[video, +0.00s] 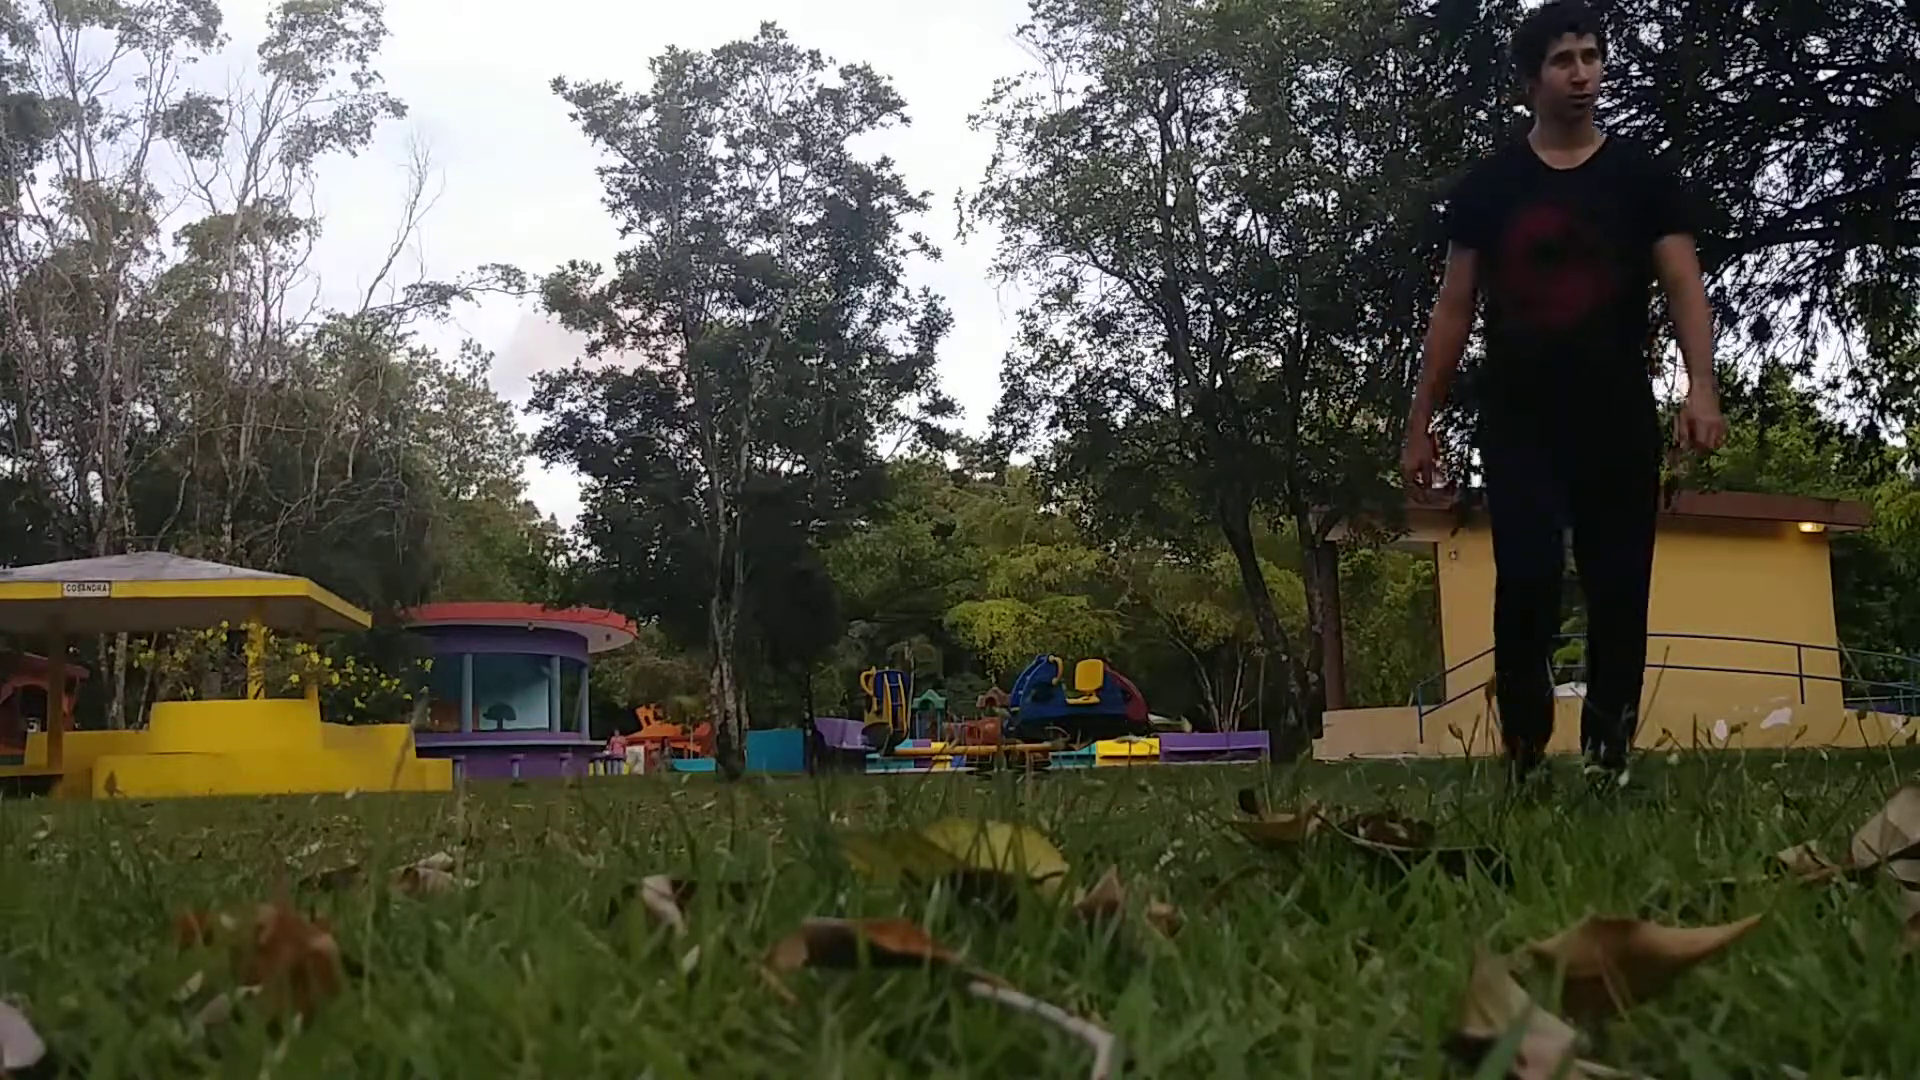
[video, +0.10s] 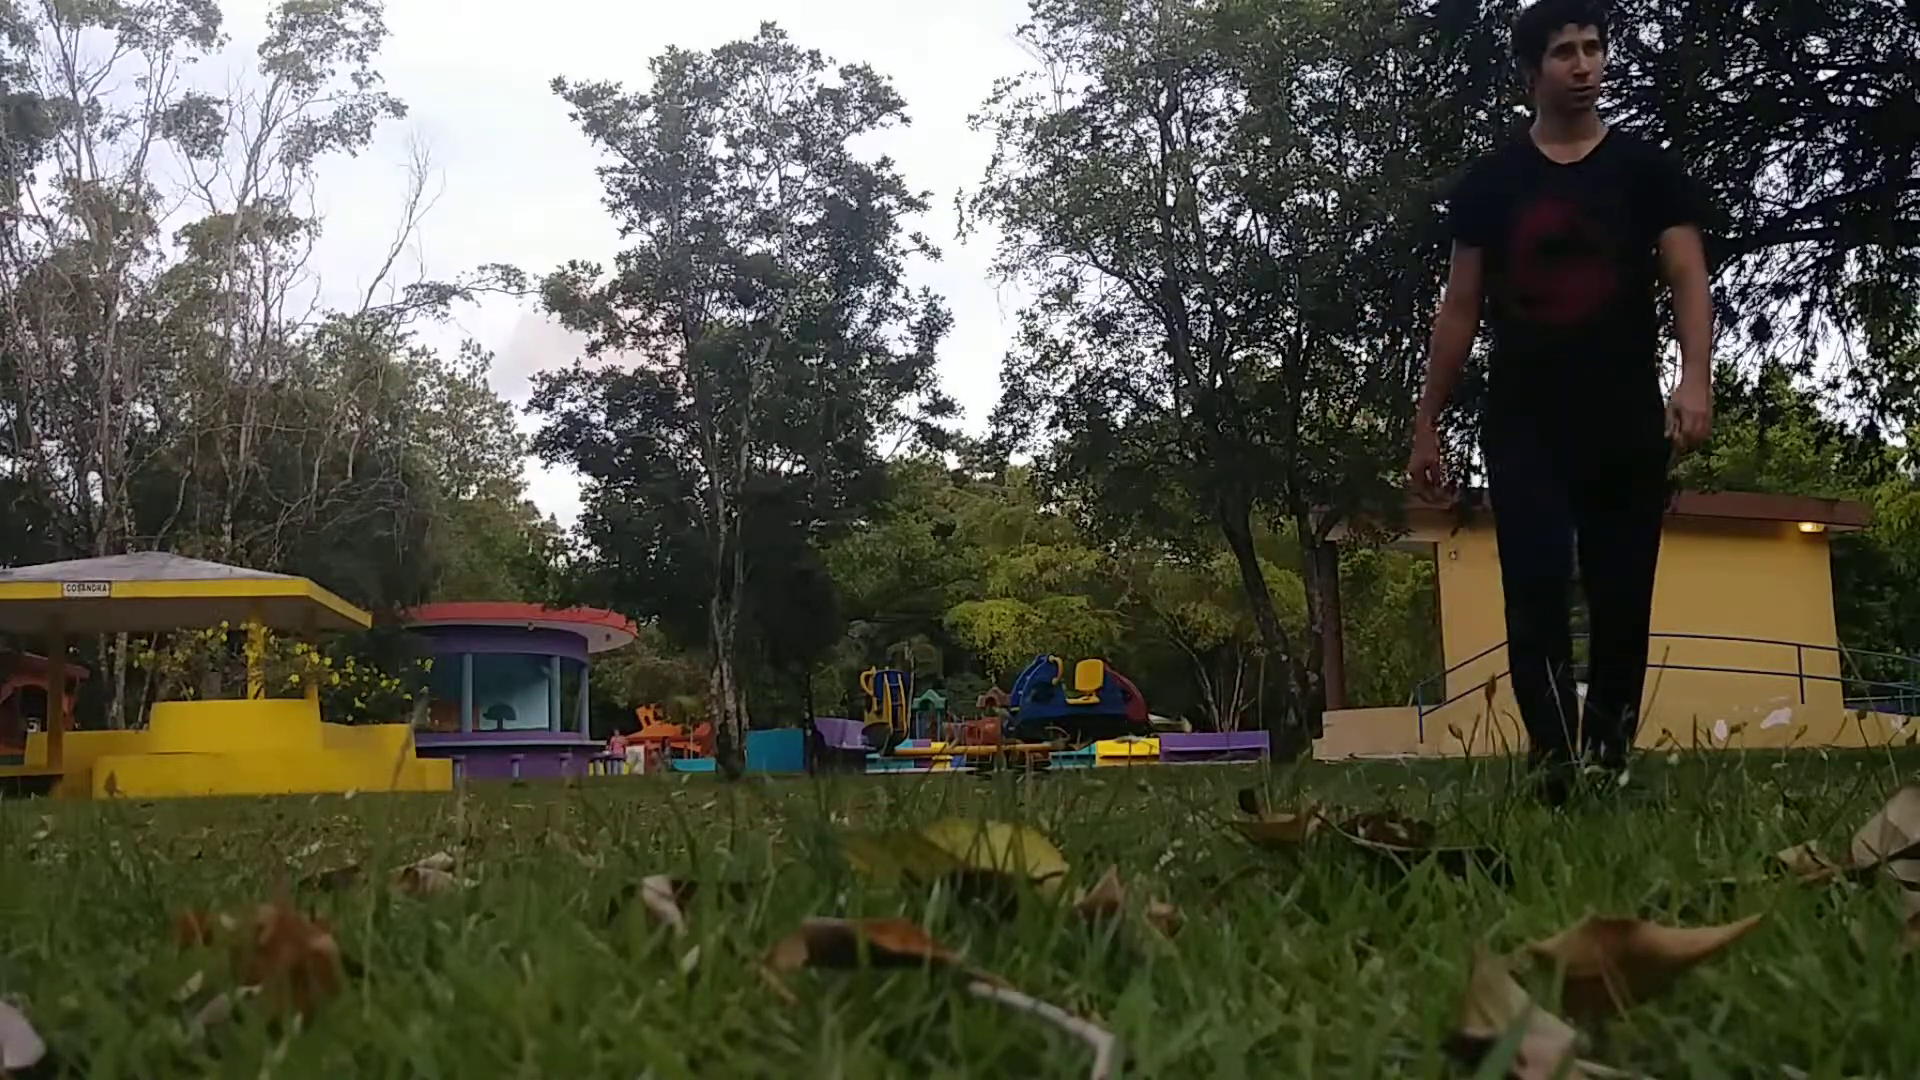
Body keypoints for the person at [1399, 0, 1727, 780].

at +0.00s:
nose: (1581, 73)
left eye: (1591, 58)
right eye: (1563, 61)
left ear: (1604, 68)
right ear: (1529, 78)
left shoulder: (1644, 173)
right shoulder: (1487, 184)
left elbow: (1683, 283)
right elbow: (1453, 305)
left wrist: (1702, 385)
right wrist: (1421, 419)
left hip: (1618, 414)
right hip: (1519, 417)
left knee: (1619, 592)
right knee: (1525, 585)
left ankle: (1609, 758)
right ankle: (1523, 757)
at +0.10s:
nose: (1584, 64)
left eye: (1592, 49)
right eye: (1565, 53)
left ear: (1607, 61)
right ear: (1530, 72)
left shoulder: (1648, 171)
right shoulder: (1489, 184)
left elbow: (1689, 279)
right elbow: (1459, 308)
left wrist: (1695, 381)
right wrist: (1428, 420)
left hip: (1623, 415)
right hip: (1524, 421)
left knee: (1622, 597)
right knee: (1535, 595)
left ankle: (1610, 761)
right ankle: (1552, 764)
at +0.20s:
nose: (1582, 60)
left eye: (1592, 44)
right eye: (1563, 48)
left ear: (1607, 57)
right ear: (1529, 66)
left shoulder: (1649, 166)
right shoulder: (1489, 182)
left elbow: (1691, 282)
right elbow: (1459, 309)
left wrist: (1687, 382)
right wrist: (1431, 428)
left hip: (1631, 415)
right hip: (1531, 422)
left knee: (1627, 598)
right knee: (1542, 597)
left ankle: (1611, 762)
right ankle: (1569, 765)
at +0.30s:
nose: (1578, 49)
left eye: (1588, 33)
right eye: (1559, 35)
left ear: (1602, 47)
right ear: (1524, 54)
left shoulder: (1648, 152)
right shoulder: (1488, 169)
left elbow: (1682, 272)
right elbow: (1456, 303)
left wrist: (1681, 380)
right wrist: (1431, 425)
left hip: (1639, 406)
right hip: (1537, 413)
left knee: (1632, 597)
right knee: (1546, 596)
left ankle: (1610, 760)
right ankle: (1565, 771)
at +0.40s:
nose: (1574, 30)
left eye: (1585, 16)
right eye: (1555, 17)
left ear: (1601, 32)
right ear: (1522, 40)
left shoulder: (1649, 135)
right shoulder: (1491, 152)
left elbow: (1681, 260)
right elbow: (1453, 286)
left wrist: (1685, 369)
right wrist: (1439, 400)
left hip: (1642, 393)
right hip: (1540, 401)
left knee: (1662, 585)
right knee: (1548, 590)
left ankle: (1612, 732)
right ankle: (1566, 767)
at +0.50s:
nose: (1580, 22)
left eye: (1589, 8)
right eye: (1559, 10)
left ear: (1602, 21)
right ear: (1525, 31)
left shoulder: (1650, 125)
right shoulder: (1497, 142)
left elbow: (1690, 250)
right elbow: (1445, 270)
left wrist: (1701, 358)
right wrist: (1470, 356)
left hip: (1652, 388)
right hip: (1548, 395)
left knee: (1690, 575)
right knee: (1548, 585)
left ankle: (1621, 724)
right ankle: (1568, 766)